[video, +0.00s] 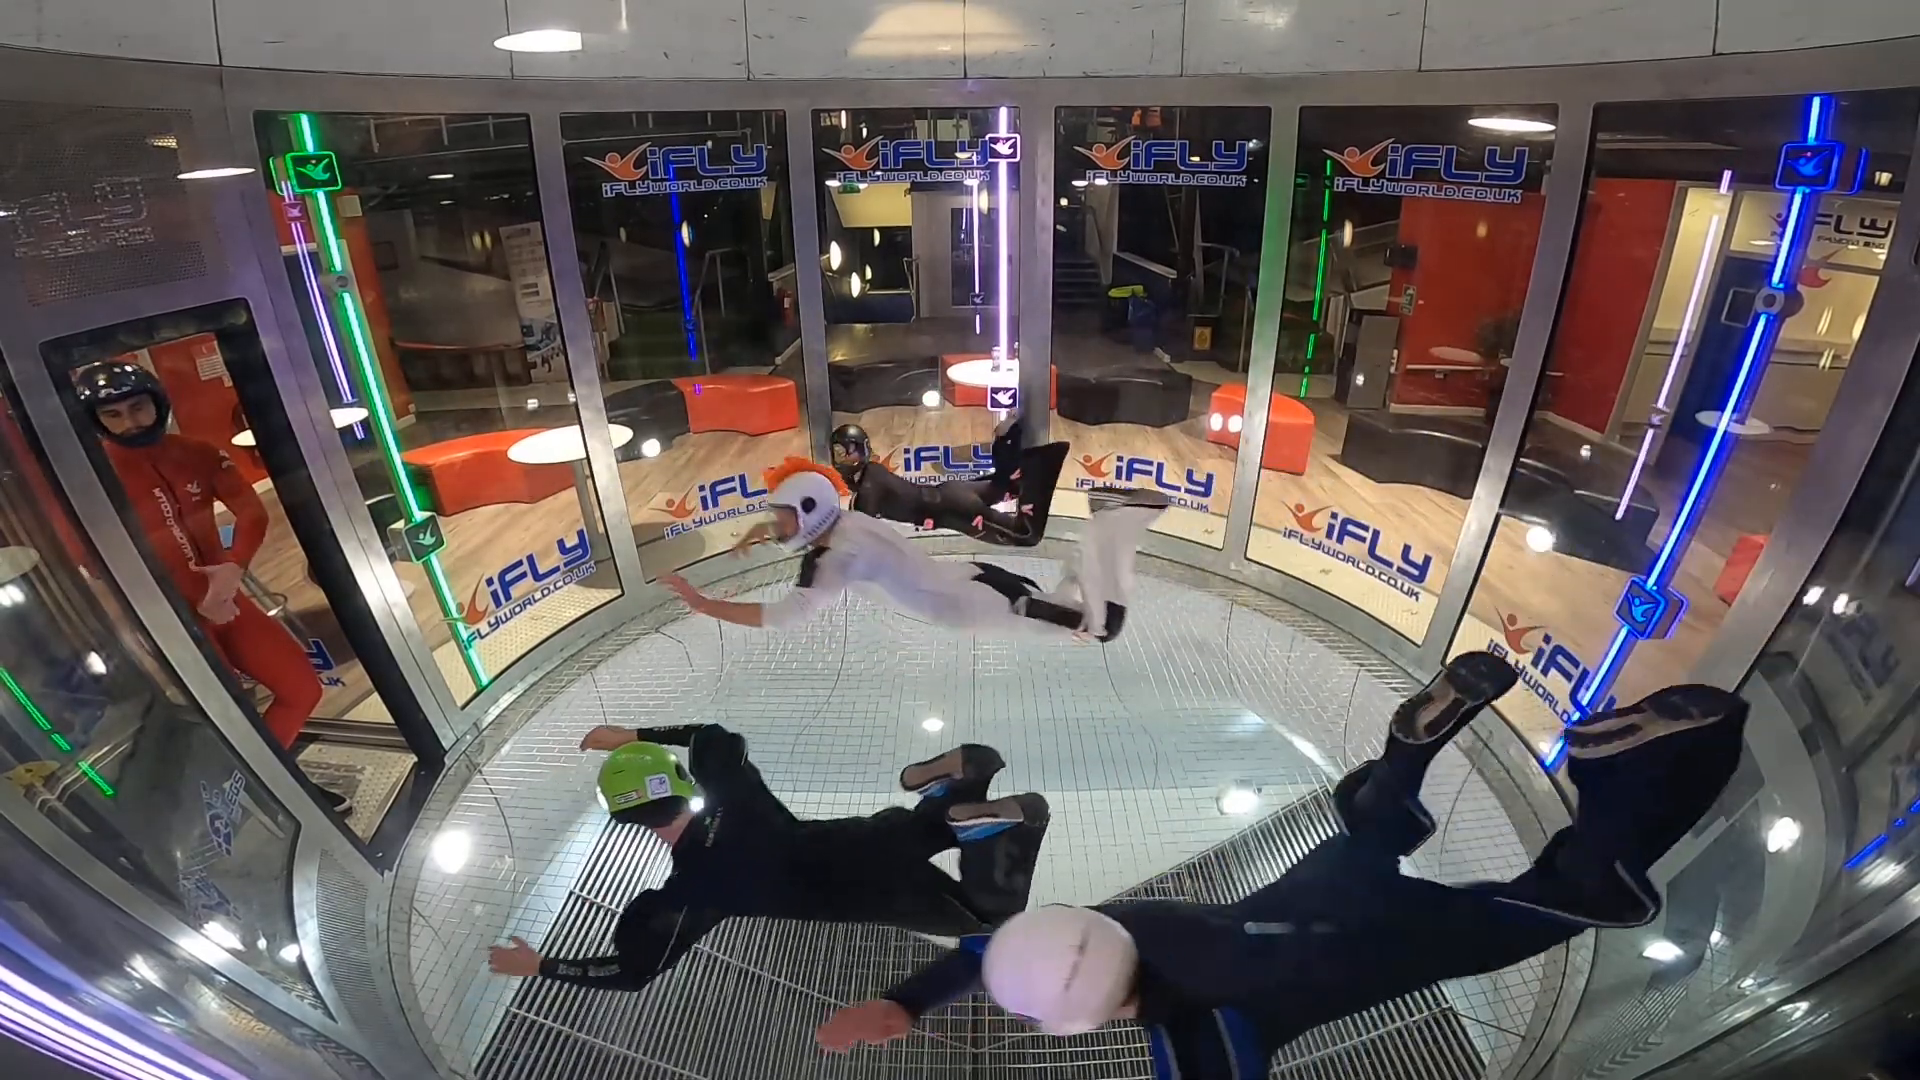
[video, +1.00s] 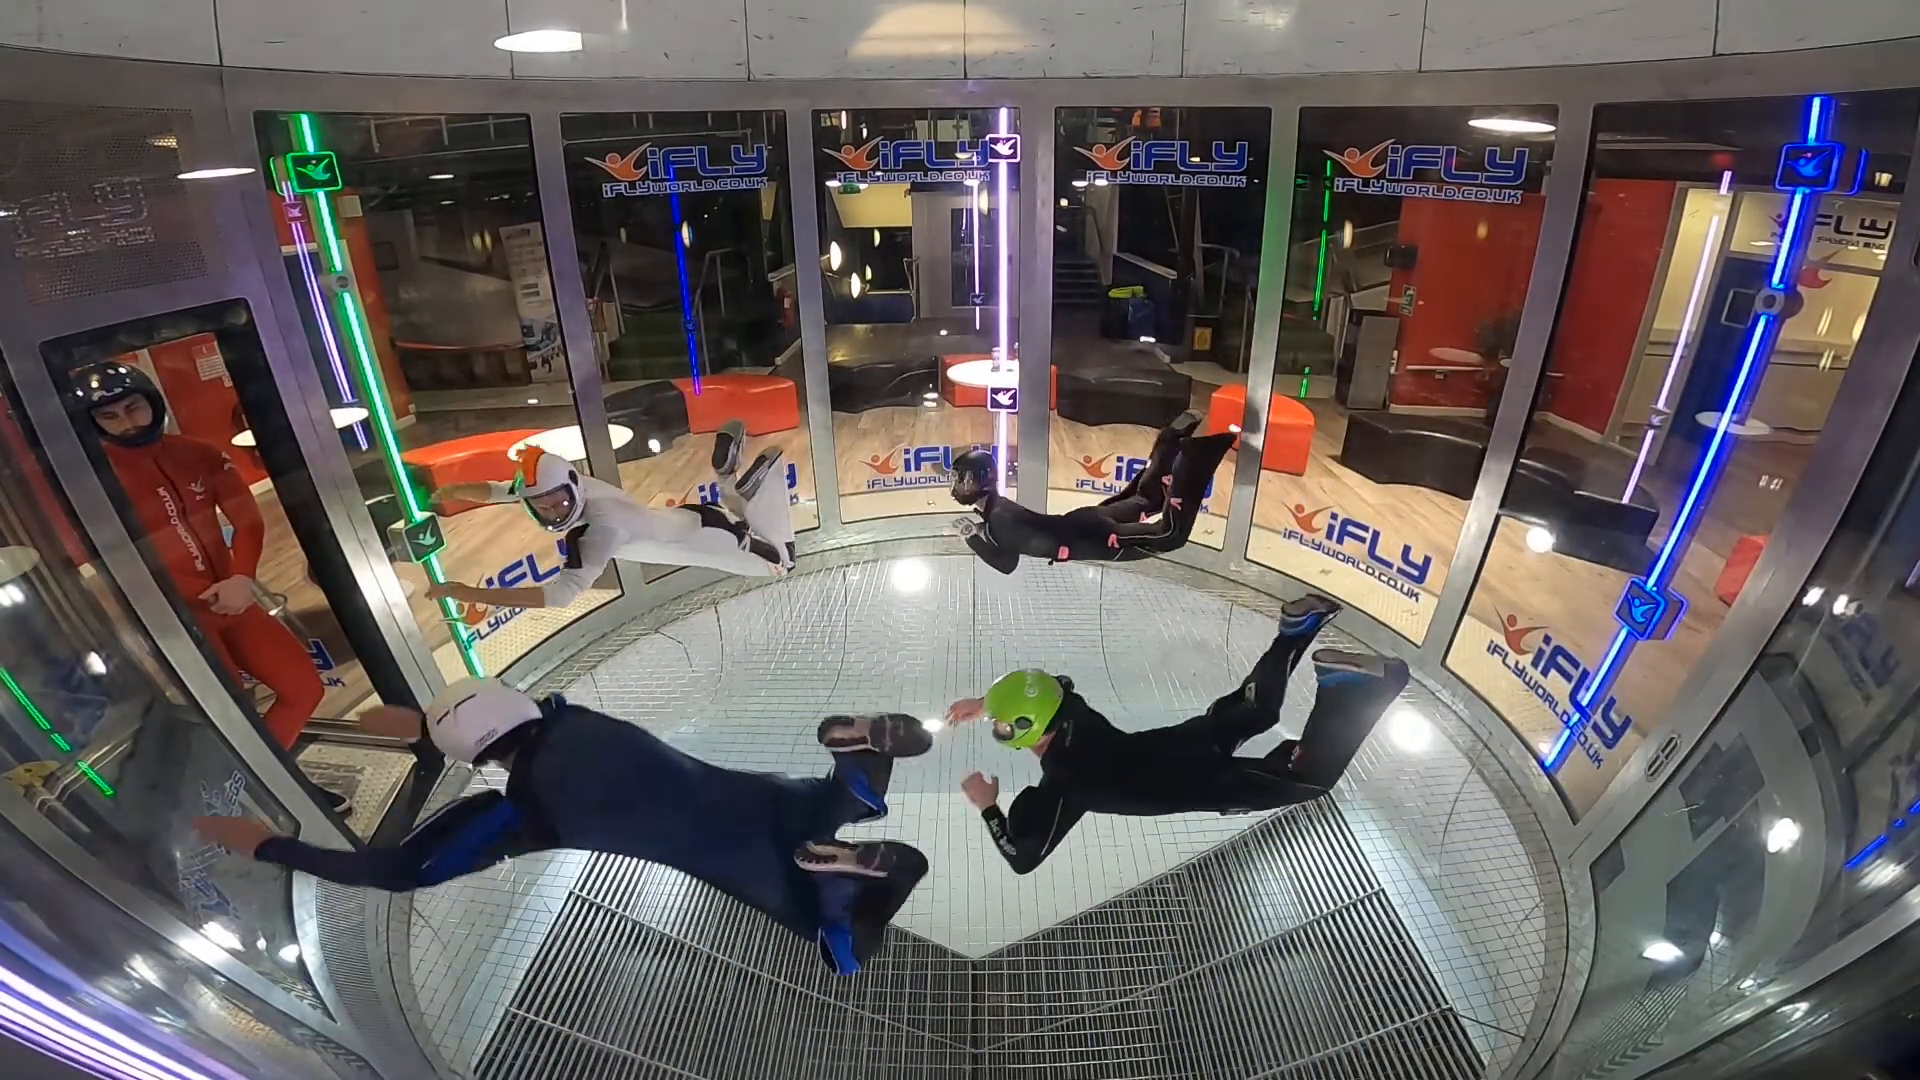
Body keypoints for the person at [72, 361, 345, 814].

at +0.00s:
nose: (130, 423)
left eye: (138, 407)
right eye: (113, 415)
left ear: (154, 402)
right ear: (96, 421)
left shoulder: (197, 455)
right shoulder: (94, 477)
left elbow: (252, 514)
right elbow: (99, 566)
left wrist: (233, 568)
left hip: (224, 602)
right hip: (170, 622)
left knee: (303, 689)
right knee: (233, 714)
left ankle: (243, 780)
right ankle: (294, 791)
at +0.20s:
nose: (127, 422)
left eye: (133, 406)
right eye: (109, 415)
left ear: (150, 401)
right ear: (93, 422)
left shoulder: (197, 455)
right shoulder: (93, 478)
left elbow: (244, 521)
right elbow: (97, 565)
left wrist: (228, 581)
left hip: (226, 599)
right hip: (171, 621)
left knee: (304, 688)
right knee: (236, 711)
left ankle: (244, 779)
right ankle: (295, 792)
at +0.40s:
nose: (126, 423)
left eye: (132, 407)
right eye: (109, 416)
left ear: (149, 402)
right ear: (92, 424)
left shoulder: (199, 456)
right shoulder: (95, 479)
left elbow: (249, 519)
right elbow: (98, 565)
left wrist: (238, 574)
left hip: (229, 602)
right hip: (176, 620)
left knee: (305, 689)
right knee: (236, 710)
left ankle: (242, 781)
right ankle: (295, 792)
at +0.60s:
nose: (126, 422)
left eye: (131, 406)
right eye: (109, 415)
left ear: (148, 400)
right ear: (92, 424)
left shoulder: (199, 455)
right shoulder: (94, 480)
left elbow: (249, 519)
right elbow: (100, 570)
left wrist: (240, 574)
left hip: (231, 603)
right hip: (177, 622)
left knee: (305, 688)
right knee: (236, 712)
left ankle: (241, 781)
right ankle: (294, 793)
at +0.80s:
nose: (129, 423)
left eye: (135, 406)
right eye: (111, 416)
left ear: (151, 401)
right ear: (95, 423)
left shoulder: (197, 455)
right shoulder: (96, 480)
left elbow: (249, 519)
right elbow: (99, 567)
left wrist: (240, 576)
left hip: (230, 602)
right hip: (175, 620)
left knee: (303, 689)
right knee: (232, 717)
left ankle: (255, 778)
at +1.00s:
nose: (127, 423)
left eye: (133, 407)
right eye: (110, 416)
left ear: (150, 403)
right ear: (93, 424)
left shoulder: (199, 455)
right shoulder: (95, 481)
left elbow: (248, 521)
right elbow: (103, 568)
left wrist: (242, 577)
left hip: (232, 603)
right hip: (178, 622)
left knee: (304, 688)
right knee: (235, 708)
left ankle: (246, 781)